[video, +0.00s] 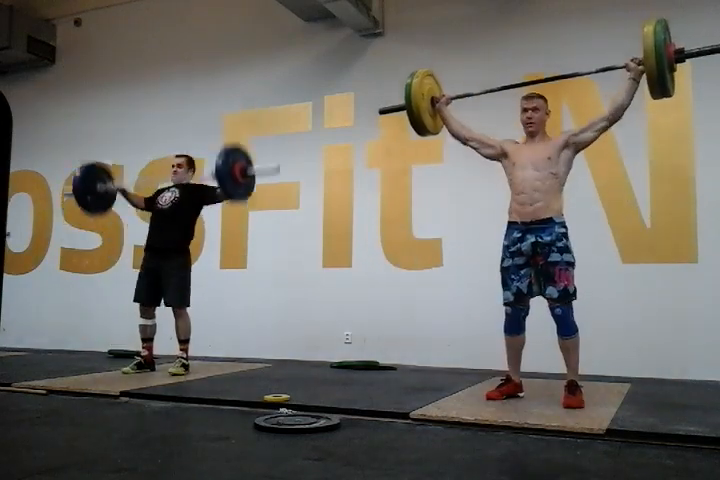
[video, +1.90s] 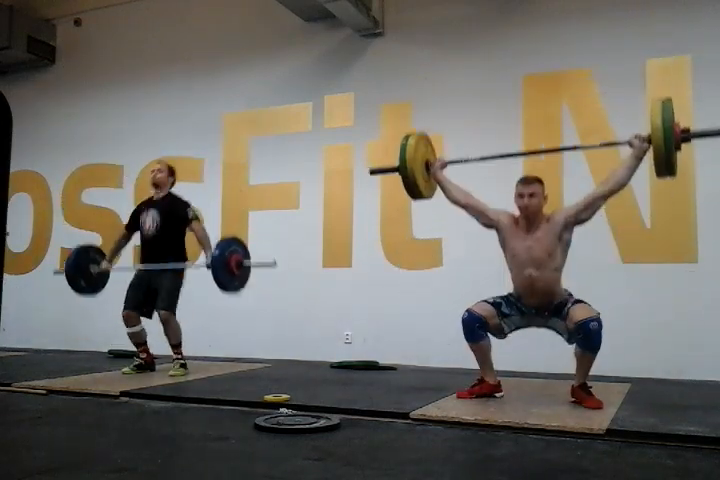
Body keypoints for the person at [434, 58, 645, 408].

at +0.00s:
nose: (529, 115)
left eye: (535, 110)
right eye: (525, 111)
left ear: (548, 114)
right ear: (520, 116)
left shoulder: (566, 145)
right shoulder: (508, 150)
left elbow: (612, 116)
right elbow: (465, 136)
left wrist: (634, 76)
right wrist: (441, 107)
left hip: (552, 232)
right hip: (516, 234)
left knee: (561, 309)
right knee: (514, 310)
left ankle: (572, 384)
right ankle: (512, 380)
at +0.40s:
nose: (532, 110)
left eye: (538, 106)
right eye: (528, 107)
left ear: (550, 114)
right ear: (523, 115)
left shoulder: (562, 142)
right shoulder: (511, 147)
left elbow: (607, 137)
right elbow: (471, 156)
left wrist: (641, 131)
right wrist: (442, 154)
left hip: (550, 223)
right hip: (516, 226)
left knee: (562, 301)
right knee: (511, 302)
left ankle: (572, 376)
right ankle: (509, 374)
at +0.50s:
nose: (528, 110)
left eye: (534, 105)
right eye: (524, 106)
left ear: (547, 111)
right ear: (519, 113)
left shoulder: (563, 140)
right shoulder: (506, 145)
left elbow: (607, 145)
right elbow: (467, 160)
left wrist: (624, 172)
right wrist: (441, 185)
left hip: (552, 226)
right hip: (518, 228)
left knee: (564, 303)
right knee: (513, 304)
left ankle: (572, 378)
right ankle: (509, 376)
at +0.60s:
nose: (521, 116)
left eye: (527, 110)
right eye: (517, 111)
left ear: (539, 113)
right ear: (511, 116)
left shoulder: (558, 147)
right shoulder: (500, 153)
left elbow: (599, 174)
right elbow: (467, 183)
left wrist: (627, 215)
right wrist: (444, 218)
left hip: (554, 235)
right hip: (518, 237)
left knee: (564, 307)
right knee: (512, 308)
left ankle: (573, 381)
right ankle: (510, 379)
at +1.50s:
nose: (533, 117)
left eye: (538, 113)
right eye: (528, 113)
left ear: (549, 119)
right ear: (522, 120)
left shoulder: (563, 145)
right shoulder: (509, 147)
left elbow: (602, 157)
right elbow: (471, 166)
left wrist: (625, 174)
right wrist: (440, 183)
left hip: (550, 223)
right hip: (515, 224)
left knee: (564, 296)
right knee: (502, 296)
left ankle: (575, 376)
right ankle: (504, 371)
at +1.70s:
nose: (532, 153)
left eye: (538, 148)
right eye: (528, 148)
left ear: (549, 153)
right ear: (523, 153)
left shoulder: (565, 183)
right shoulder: (509, 183)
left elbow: (612, 181)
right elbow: (463, 187)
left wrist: (630, 146)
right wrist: (439, 161)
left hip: (557, 275)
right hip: (518, 275)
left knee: (585, 321)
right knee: (472, 314)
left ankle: (580, 386)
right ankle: (489, 380)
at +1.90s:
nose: (526, 201)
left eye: (532, 196)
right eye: (521, 196)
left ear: (544, 197)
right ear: (515, 200)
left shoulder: (562, 222)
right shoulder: (503, 223)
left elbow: (605, 190)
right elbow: (467, 202)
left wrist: (637, 155)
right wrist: (438, 176)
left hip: (557, 307)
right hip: (518, 306)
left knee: (591, 326)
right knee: (472, 319)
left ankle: (580, 387)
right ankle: (489, 382)